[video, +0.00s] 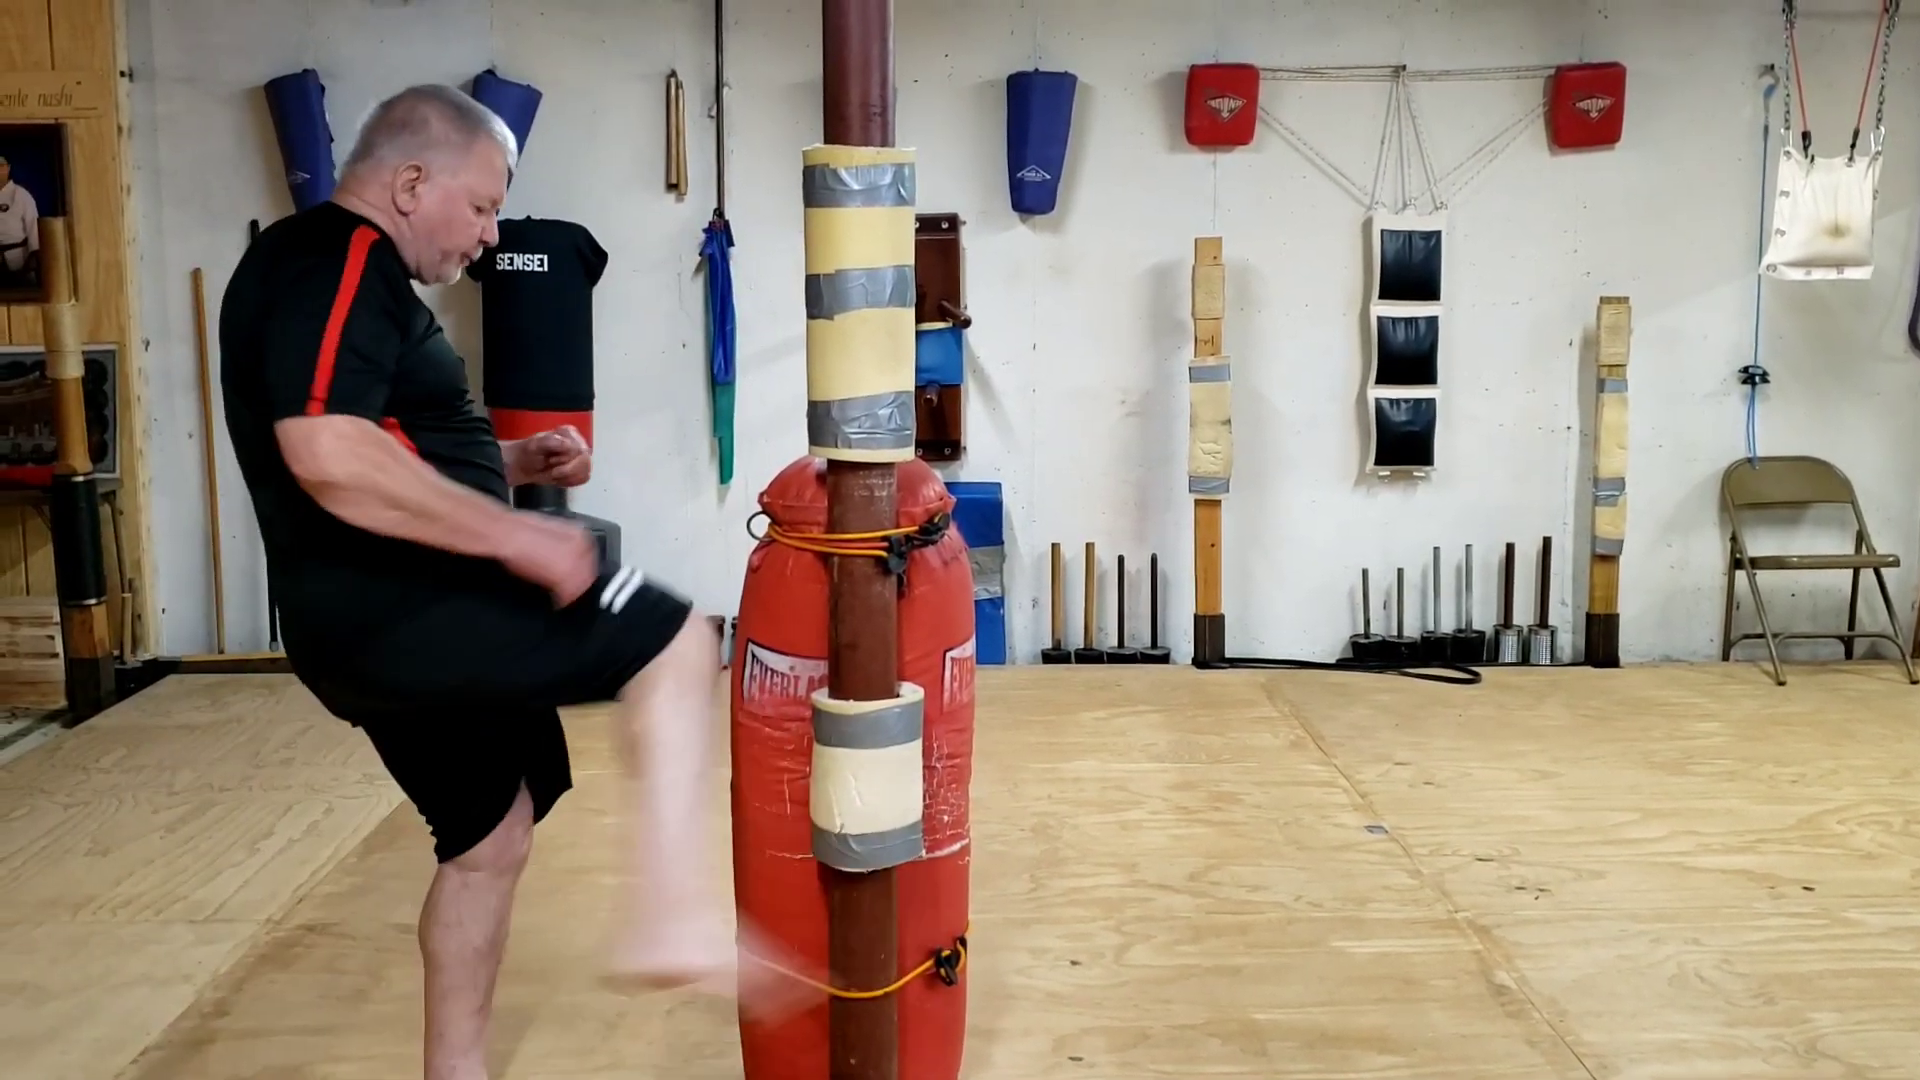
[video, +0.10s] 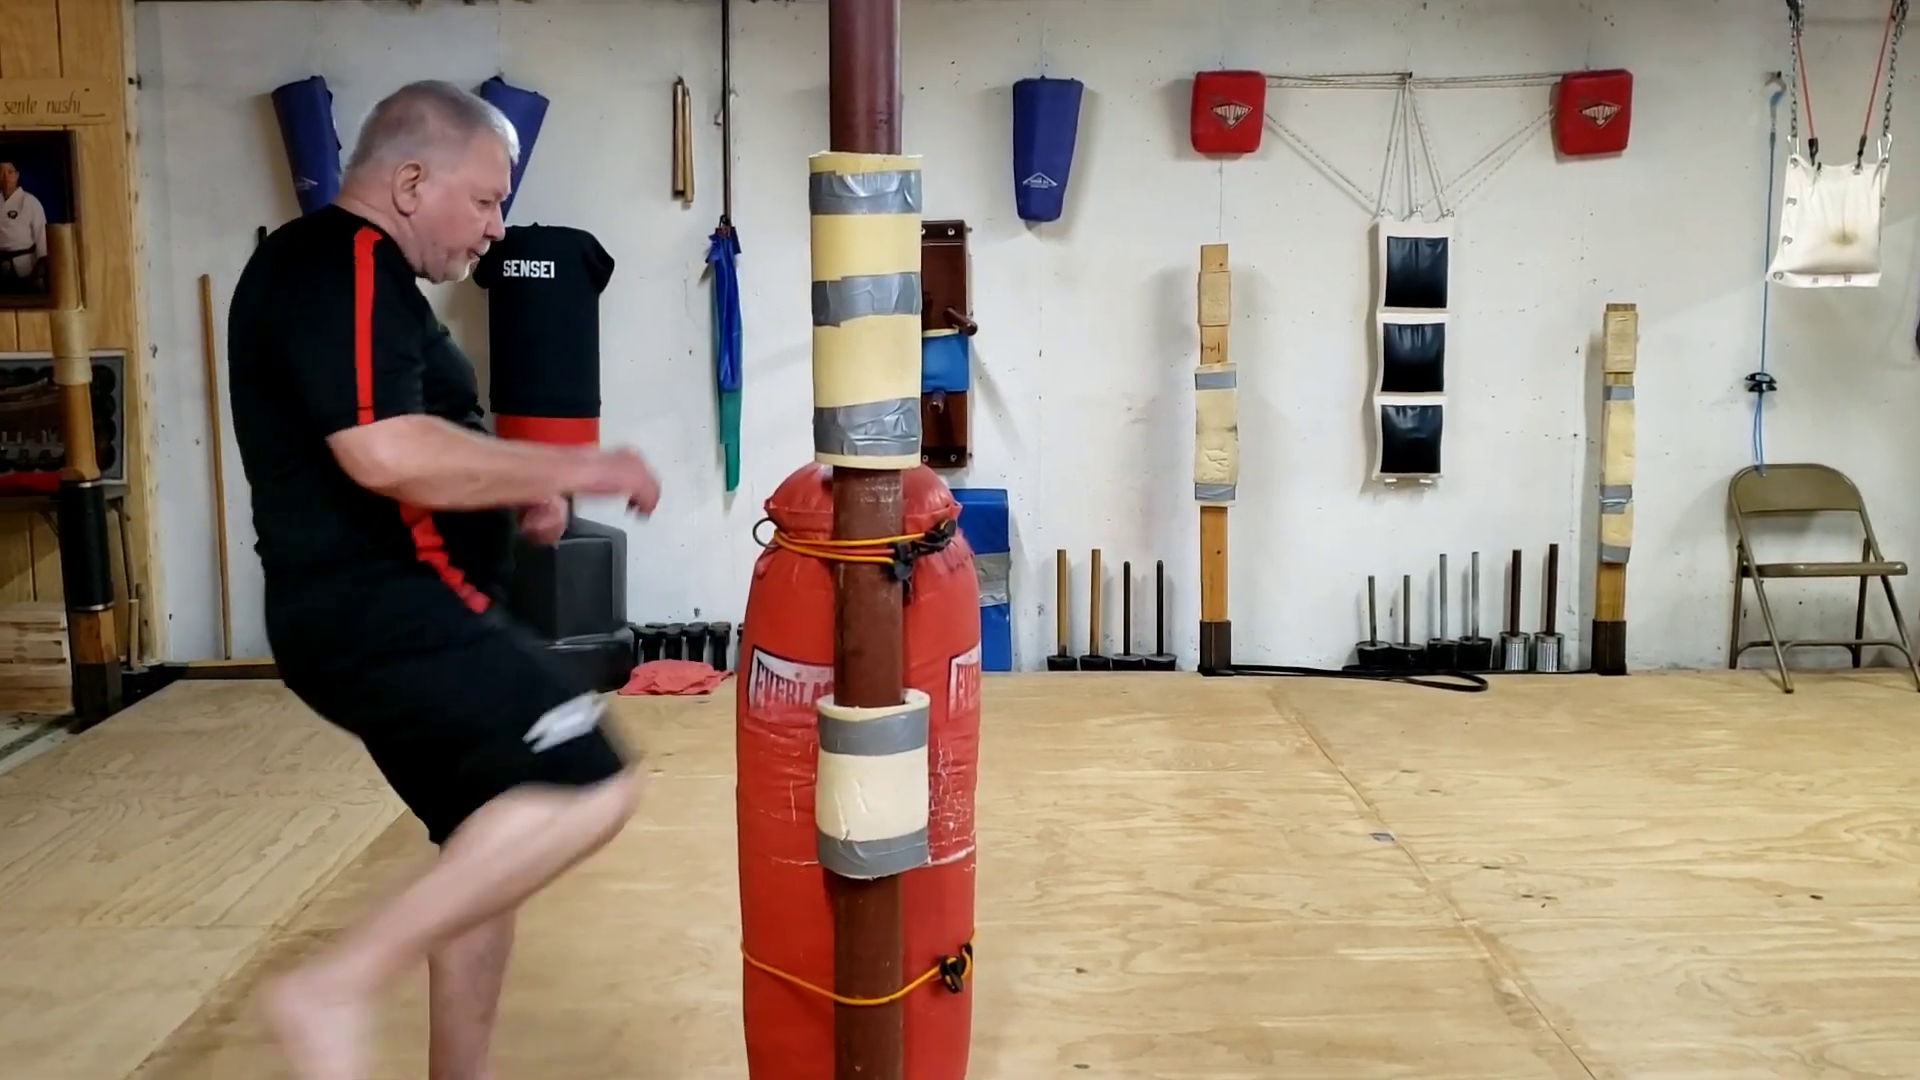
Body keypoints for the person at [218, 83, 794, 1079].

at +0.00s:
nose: (489, 237)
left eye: (494, 215)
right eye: (482, 208)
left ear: (400, 190)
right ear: (408, 184)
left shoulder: (302, 263)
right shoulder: (341, 258)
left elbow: (370, 455)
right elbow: (326, 447)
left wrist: (506, 464)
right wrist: (512, 536)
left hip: (356, 615)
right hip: (405, 597)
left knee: (487, 831)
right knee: (677, 639)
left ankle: (454, 1070)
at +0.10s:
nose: (495, 232)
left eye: (500, 209)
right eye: (487, 203)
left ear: (406, 189)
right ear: (409, 184)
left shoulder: (350, 265)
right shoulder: (336, 262)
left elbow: (408, 436)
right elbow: (380, 450)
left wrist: (512, 491)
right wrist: (572, 467)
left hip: (373, 608)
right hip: (375, 607)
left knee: (487, 845)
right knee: (586, 782)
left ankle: (459, 1071)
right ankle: (328, 988)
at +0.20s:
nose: (503, 238)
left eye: (506, 215)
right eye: (493, 210)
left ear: (409, 195)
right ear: (414, 192)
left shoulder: (381, 282)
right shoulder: (330, 264)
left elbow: (368, 473)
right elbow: (413, 442)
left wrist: (478, 550)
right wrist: (587, 407)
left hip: (436, 640)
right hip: (346, 647)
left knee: (504, 852)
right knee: (398, 909)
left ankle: (465, 1074)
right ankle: (176, 1073)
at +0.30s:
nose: (492, 258)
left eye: (493, 234)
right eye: (475, 231)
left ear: (393, 226)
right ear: (391, 224)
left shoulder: (367, 312)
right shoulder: (293, 297)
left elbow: (337, 506)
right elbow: (412, 467)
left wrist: (455, 585)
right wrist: (582, 408)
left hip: (410, 671)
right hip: (287, 685)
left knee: (512, 861)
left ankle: (467, 1074)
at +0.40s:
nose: (460, 280)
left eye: (465, 254)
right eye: (440, 255)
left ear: (359, 250)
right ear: (351, 248)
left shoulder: (382, 330)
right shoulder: (244, 322)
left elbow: (384, 499)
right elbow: (323, 511)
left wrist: (469, 542)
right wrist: (523, 457)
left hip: (398, 683)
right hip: (263, 708)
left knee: (509, 870)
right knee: (209, 980)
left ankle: (467, 1075)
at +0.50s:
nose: (441, 267)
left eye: (445, 241)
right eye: (421, 245)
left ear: (341, 239)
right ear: (330, 238)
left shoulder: (399, 319)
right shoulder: (213, 316)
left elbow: (448, 473)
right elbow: (176, 528)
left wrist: (507, 435)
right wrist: (399, 541)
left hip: (388, 674)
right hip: (241, 695)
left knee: (495, 867)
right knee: (207, 963)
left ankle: (465, 1074)